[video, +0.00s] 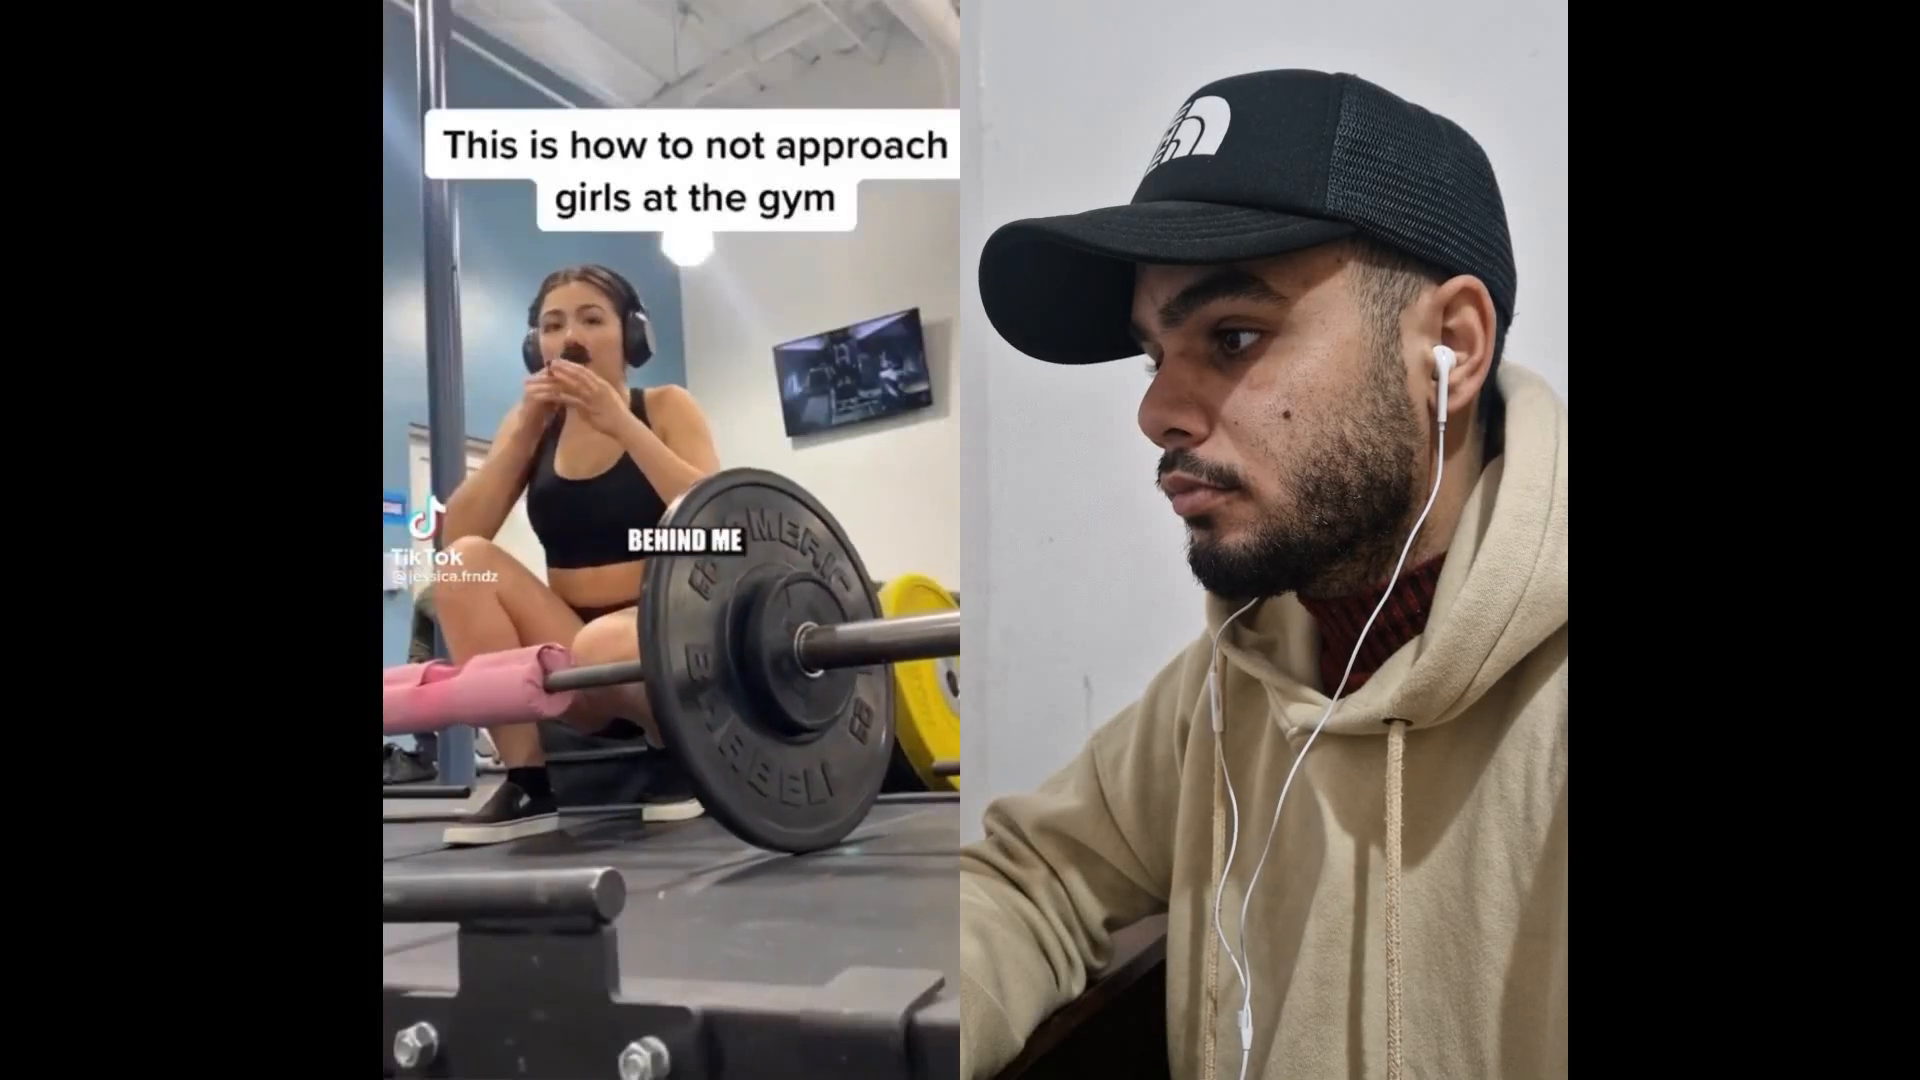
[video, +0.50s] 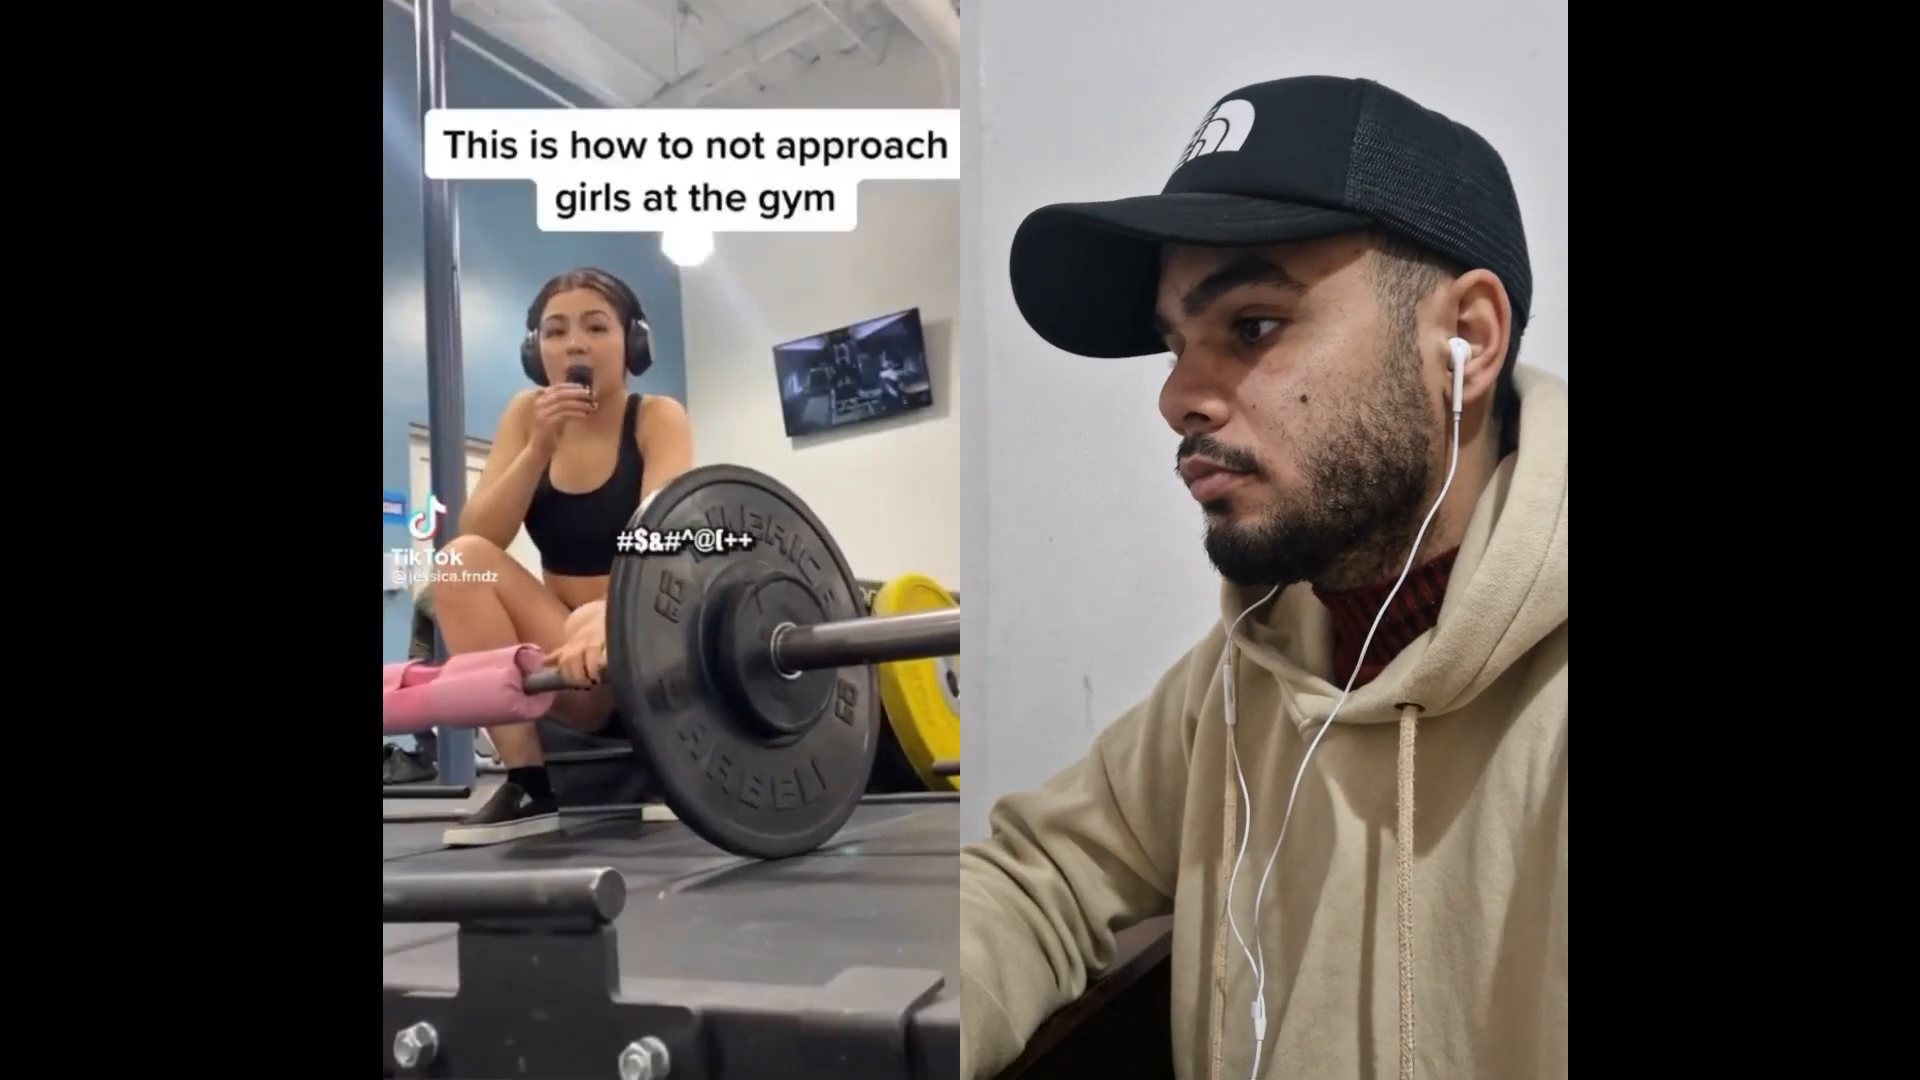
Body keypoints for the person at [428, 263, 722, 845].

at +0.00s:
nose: (571, 336)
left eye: (591, 319)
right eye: (553, 323)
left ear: (628, 336)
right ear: (538, 347)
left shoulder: (666, 407)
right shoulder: (536, 429)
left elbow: (709, 507)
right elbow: (456, 538)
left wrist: (621, 420)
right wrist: (522, 427)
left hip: (670, 633)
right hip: (571, 644)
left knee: (598, 644)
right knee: (463, 564)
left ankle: (679, 754)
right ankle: (527, 781)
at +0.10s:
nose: (573, 334)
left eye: (592, 319)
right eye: (554, 324)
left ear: (628, 336)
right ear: (537, 349)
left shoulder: (666, 410)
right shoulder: (530, 414)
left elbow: (717, 519)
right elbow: (468, 532)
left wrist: (616, 470)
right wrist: (535, 433)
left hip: (671, 628)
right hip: (571, 637)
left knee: (596, 646)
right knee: (461, 564)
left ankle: (689, 754)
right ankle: (527, 781)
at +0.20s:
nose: (575, 332)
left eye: (594, 317)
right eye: (556, 321)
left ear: (629, 334)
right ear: (538, 347)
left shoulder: (663, 411)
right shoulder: (531, 410)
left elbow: (702, 527)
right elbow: (478, 531)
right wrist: (544, 427)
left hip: (663, 630)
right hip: (567, 637)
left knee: (602, 639)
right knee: (462, 562)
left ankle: (676, 758)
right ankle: (526, 781)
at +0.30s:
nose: (577, 331)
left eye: (596, 316)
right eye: (558, 319)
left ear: (630, 336)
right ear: (540, 346)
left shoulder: (660, 413)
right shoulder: (530, 411)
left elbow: (681, 540)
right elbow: (481, 536)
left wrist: (624, 615)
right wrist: (545, 433)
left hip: (663, 638)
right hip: (573, 647)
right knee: (461, 562)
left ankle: (676, 772)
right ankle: (527, 784)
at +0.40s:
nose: (576, 337)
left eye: (596, 320)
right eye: (558, 323)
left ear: (630, 339)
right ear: (539, 347)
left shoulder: (662, 418)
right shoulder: (529, 411)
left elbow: (678, 540)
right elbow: (478, 537)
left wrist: (621, 611)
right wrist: (540, 440)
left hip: (661, 638)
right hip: (572, 647)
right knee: (461, 562)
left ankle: (676, 772)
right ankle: (527, 783)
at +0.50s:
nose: (576, 343)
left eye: (596, 326)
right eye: (558, 329)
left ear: (630, 343)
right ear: (538, 350)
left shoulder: (658, 418)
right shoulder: (529, 414)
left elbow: (671, 539)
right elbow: (475, 540)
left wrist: (613, 609)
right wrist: (537, 450)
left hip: (658, 645)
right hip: (571, 654)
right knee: (461, 562)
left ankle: (673, 774)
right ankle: (527, 783)